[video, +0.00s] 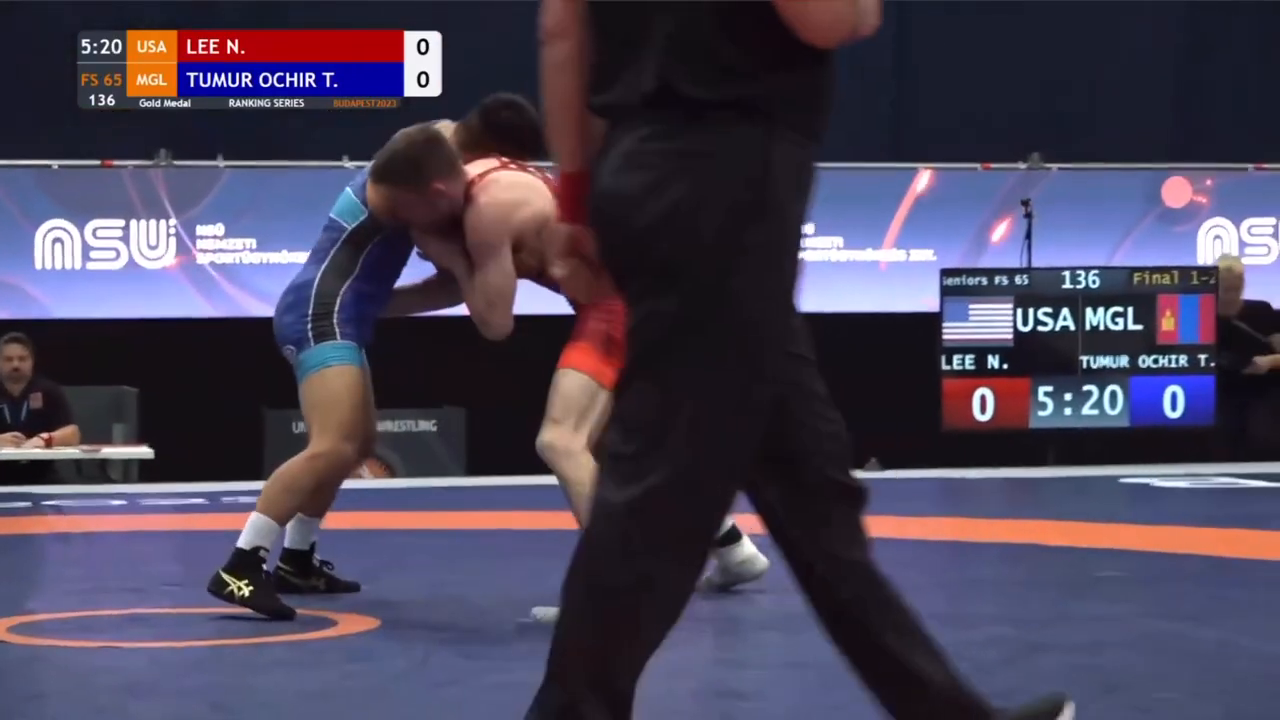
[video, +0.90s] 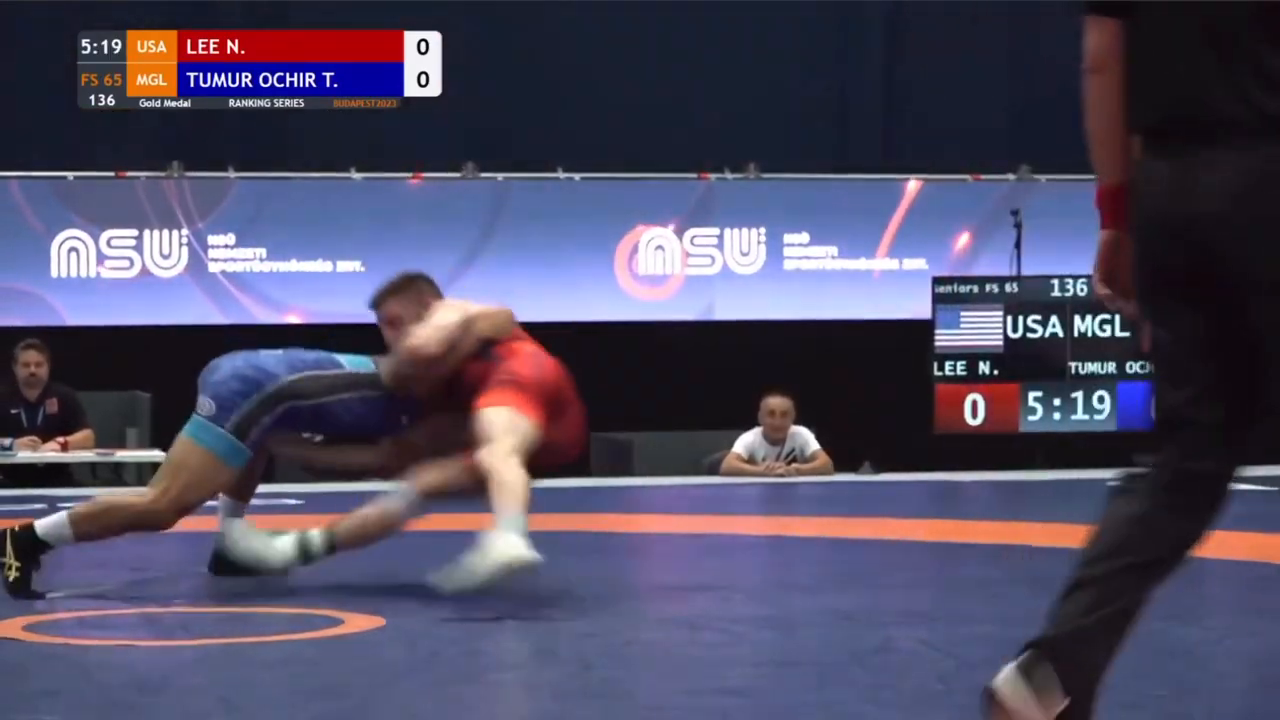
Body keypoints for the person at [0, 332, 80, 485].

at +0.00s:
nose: (15, 365)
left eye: (22, 359)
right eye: (8, 360)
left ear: (32, 362)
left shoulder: (48, 392)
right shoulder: (2, 395)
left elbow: (73, 435)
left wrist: (43, 440)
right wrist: (1, 441)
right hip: (4, 478)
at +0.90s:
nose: (32, 371)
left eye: (38, 365)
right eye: (26, 366)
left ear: (48, 367)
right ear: (14, 368)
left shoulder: (64, 397)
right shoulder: (4, 399)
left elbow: (88, 438)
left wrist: (58, 444)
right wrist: (11, 445)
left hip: (57, 481)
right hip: (13, 483)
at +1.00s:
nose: (46, 371)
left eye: (52, 365)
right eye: (39, 366)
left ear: (62, 368)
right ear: (28, 369)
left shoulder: (78, 398)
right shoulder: (13, 400)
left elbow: (101, 439)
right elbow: (2, 438)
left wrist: (72, 444)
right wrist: (25, 445)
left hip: (71, 481)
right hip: (26, 482)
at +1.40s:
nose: (31, 374)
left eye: (37, 367)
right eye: (24, 368)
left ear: (46, 370)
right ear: (13, 371)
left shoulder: (64, 401)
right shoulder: (5, 402)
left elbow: (87, 443)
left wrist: (57, 448)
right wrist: (9, 448)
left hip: (54, 486)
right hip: (11, 488)